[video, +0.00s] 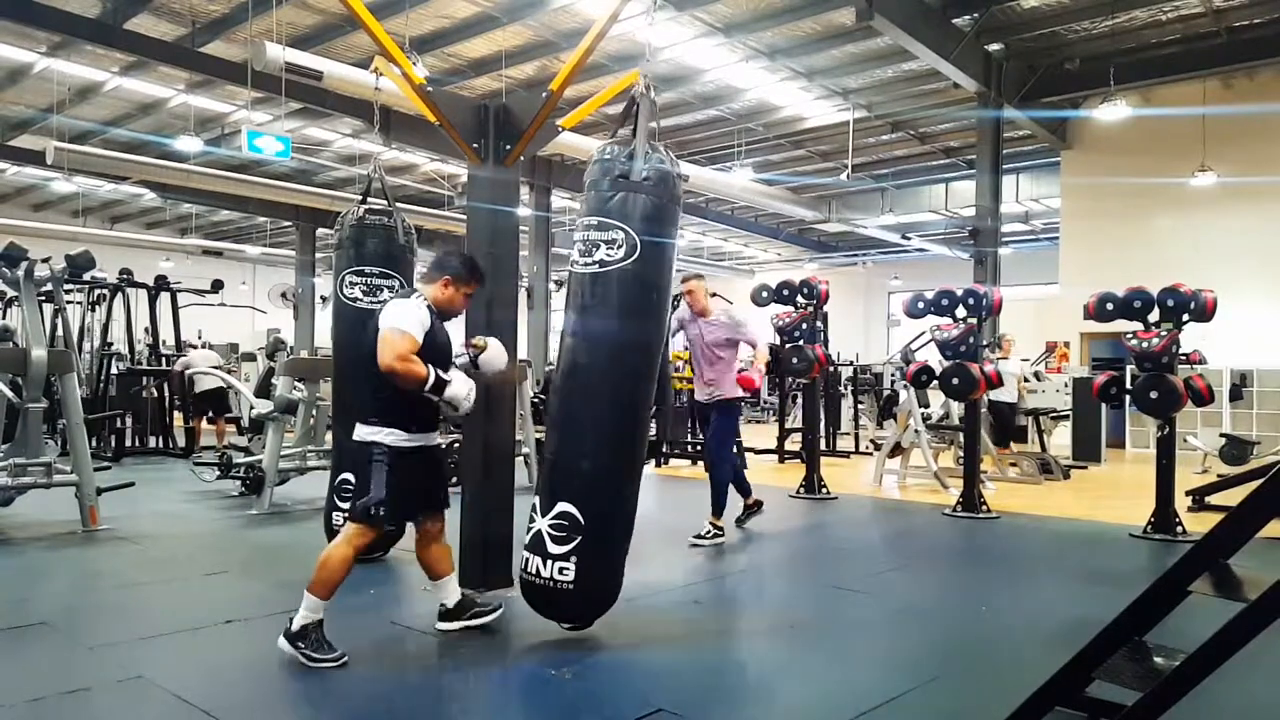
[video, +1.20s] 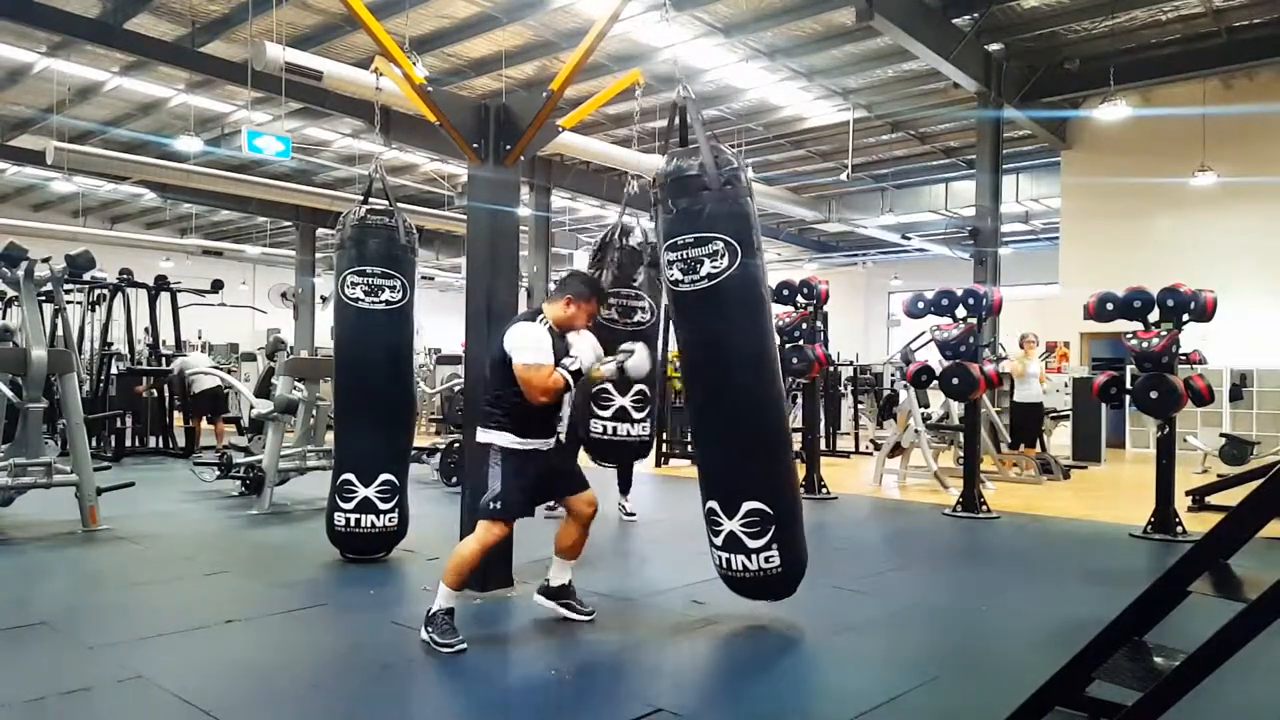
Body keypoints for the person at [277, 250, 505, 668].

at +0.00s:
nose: (465, 306)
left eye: (468, 298)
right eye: (465, 296)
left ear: (445, 286)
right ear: (446, 285)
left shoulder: (434, 319)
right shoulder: (406, 309)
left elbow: (438, 361)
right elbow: (393, 359)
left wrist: (471, 356)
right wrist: (444, 385)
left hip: (423, 443)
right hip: (385, 444)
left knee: (432, 528)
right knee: (359, 534)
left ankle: (453, 604)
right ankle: (303, 627)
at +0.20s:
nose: (500, 311)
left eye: (505, 303)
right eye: (500, 301)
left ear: (482, 289)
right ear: (478, 285)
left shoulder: (470, 321)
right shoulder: (428, 309)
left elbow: (471, 369)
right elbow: (427, 370)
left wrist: (502, 367)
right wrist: (477, 350)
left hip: (452, 437)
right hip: (406, 436)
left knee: (468, 517)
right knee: (382, 527)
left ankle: (459, 604)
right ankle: (318, 617)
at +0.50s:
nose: (507, 316)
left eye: (511, 309)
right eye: (506, 307)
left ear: (488, 296)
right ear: (482, 291)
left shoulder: (480, 329)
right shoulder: (433, 321)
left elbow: (483, 379)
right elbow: (441, 381)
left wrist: (518, 370)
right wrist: (499, 352)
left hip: (468, 446)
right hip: (425, 447)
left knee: (512, 506)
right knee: (407, 536)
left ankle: (495, 587)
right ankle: (367, 625)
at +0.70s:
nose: (535, 316)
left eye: (538, 309)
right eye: (533, 307)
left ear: (512, 299)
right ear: (508, 296)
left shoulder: (507, 332)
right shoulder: (465, 331)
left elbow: (518, 371)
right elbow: (461, 392)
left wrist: (546, 342)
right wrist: (514, 387)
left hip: (497, 449)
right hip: (456, 449)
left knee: (527, 521)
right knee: (439, 537)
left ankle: (544, 598)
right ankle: (375, 617)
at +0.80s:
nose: (556, 315)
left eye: (557, 308)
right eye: (554, 307)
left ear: (531, 300)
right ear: (536, 301)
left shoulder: (516, 326)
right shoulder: (506, 326)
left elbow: (515, 366)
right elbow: (486, 369)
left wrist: (546, 349)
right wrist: (533, 379)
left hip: (510, 448)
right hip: (478, 448)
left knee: (541, 514)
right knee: (467, 535)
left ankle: (547, 597)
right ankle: (383, 611)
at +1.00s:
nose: (583, 323)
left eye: (586, 316)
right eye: (583, 314)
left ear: (554, 302)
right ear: (567, 304)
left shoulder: (524, 325)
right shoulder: (552, 326)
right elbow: (585, 377)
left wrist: (608, 370)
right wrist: (619, 369)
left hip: (531, 447)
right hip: (500, 444)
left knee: (564, 511)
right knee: (478, 528)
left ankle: (547, 597)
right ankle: (399, 607)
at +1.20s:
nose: (589, 325)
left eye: (592, 318)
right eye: (589, 316)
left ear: (571, 305)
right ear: (569, 303)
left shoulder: (560, 337)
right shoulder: (527, 332)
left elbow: (570, 378)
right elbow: (540, 391)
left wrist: (614, 369)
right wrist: (577, 363)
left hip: (548, 447)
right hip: (508, 448)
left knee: (583, 507)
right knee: (492, 531)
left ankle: (557, 586)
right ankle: (439, 612)